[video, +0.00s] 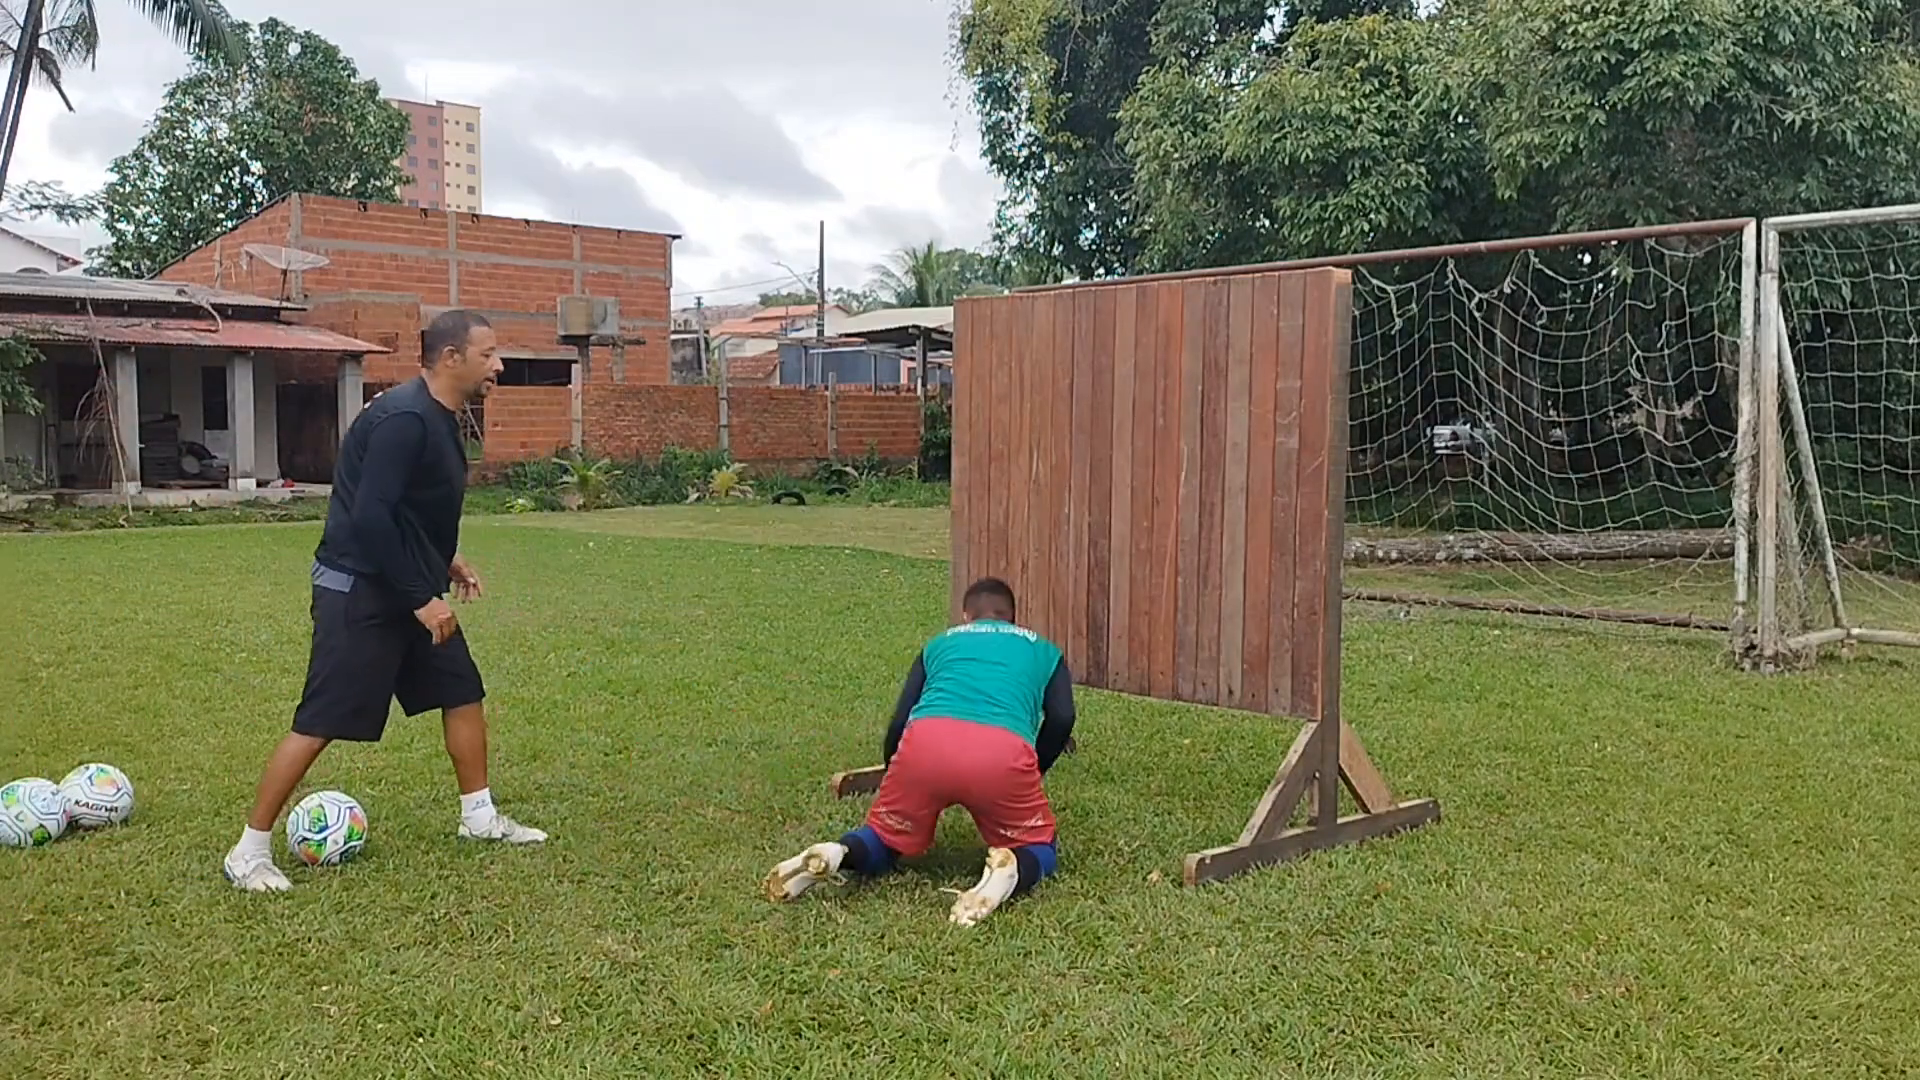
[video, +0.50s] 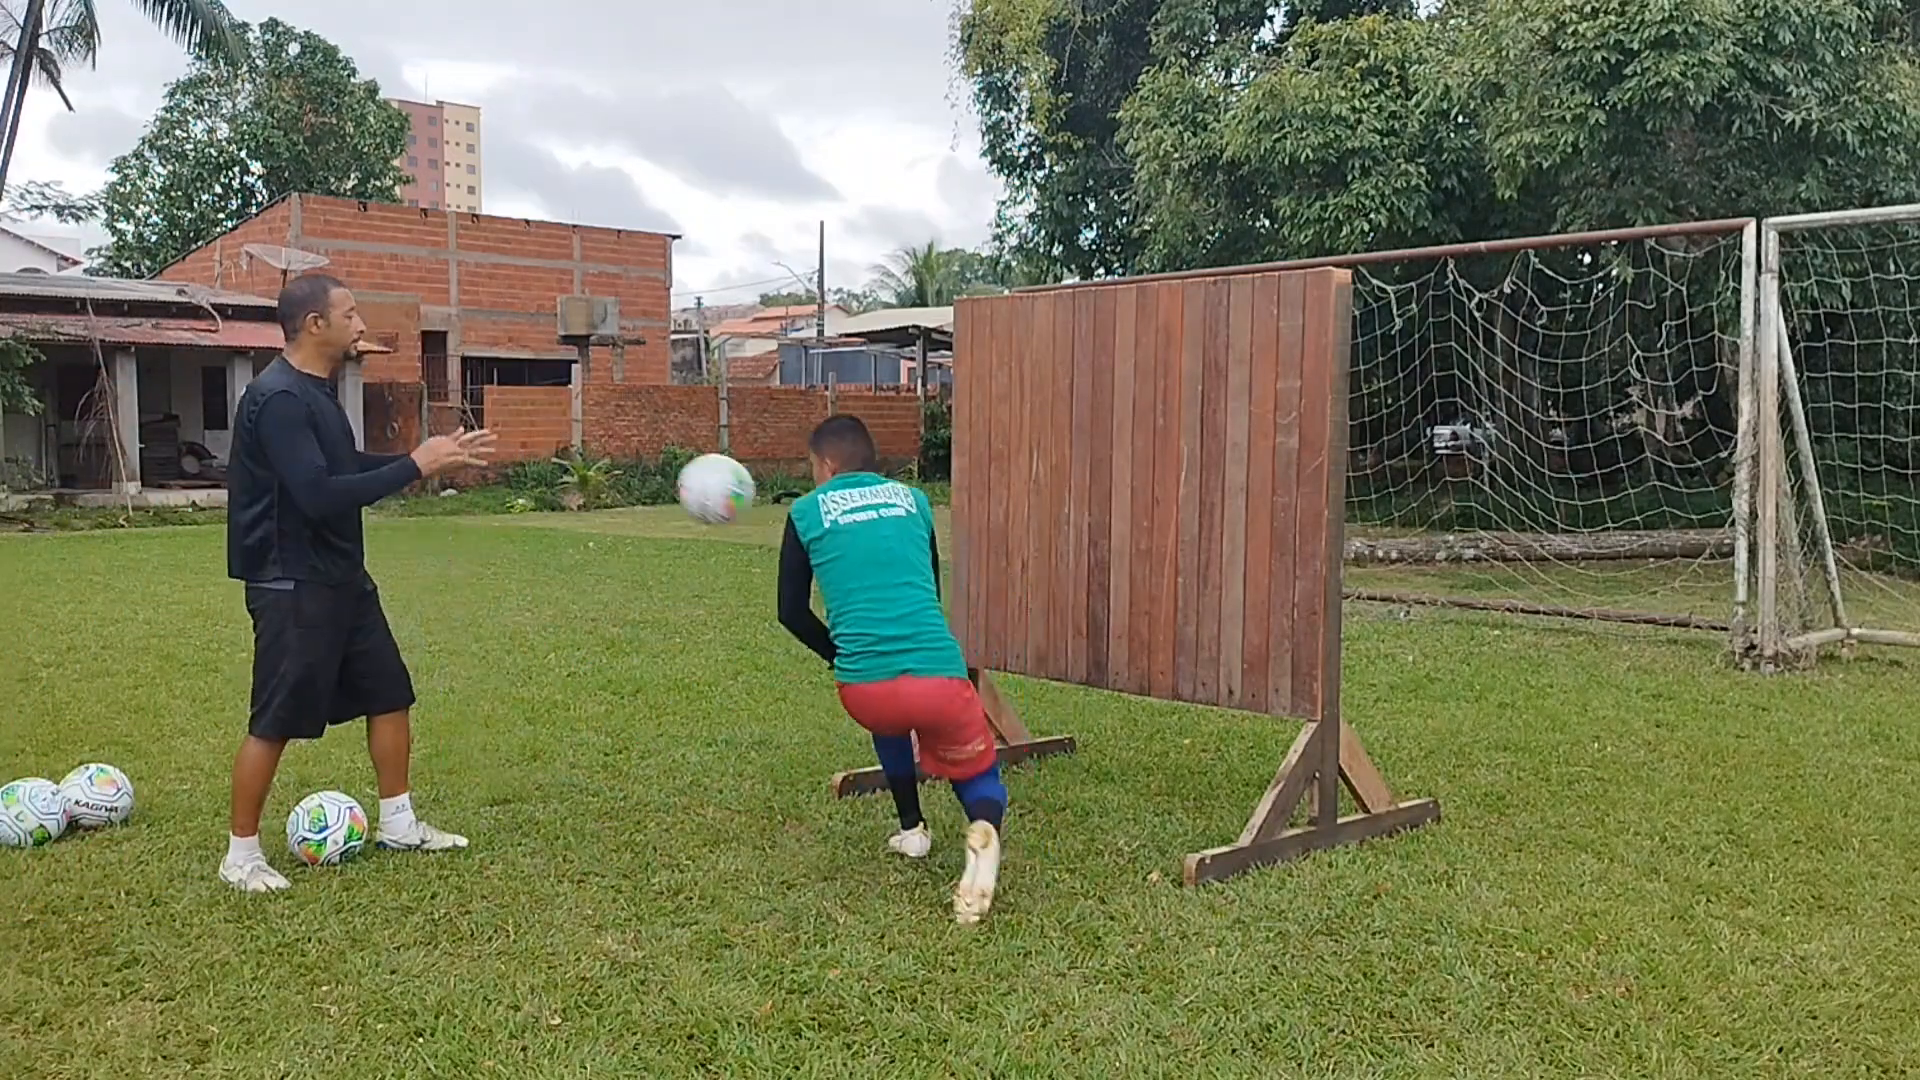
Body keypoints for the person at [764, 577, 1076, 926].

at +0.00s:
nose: (966, 622)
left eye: (965, 617)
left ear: (965, 616)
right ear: (1014, 617)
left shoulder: (939, 643)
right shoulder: (1045, 650)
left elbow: (900, 721)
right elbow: (1062, 720)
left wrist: (893, 772)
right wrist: (1027, 774)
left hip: (925, 739)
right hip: (1001, 751)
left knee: (883, 835)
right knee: (1040, 848)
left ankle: (833, 855)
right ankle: (1011, 870)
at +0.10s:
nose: (943, 578)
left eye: (943, 572)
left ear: (948, 572)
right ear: (996, 571)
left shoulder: (931, 597)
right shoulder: (1037, 609)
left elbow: (877, 640)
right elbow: (1070, 660)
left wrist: (882, 711)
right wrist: (1040, 721)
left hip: (931, 730)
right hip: (1006, 746)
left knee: (862, 786)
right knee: (1041, 847)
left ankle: (832, 844)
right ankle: (1016, 875)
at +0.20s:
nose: (904, 551)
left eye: (904, 544)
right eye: (903, 544)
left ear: (917, 540)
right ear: (960, 539)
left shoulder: (907, 569)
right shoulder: (1008, 582)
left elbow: (843, 617)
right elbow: (1045, 655)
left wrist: (884, 664)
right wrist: (1003, 694)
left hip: (926, 736)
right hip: (1002, 750)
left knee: (863, 704)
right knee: (1040, 848)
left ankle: (858, 831)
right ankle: (1016, 873)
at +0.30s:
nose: (868, 525)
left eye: (868, 517)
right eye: (869, 517)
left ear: (880, 514)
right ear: (924, 512)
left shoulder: (866, 550)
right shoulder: (971, 554)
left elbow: (808, 627)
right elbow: (997, 649)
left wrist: (855, 674)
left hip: (922, 738)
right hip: (995, 739)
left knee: (864, 700)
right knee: (1018, 844)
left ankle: (907, 832)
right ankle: (1027, 874)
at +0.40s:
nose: (836, 507)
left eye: (835, 499)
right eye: (834, 499)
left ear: (851, 497)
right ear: (896, 494)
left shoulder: (836, 536)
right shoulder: (936, 529)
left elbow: (805, 629)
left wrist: (863, 665)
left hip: (904, 722)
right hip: (974, 722)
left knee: (881, 700)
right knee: (985, 827)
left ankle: (910, 830)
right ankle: (1017, 870)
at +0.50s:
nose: (812, 474)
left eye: (811, 467)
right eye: (810, 467)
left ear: (823, 465)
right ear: (873, 462)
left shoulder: (807, 513)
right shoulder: (914, 500)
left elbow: (792, 611)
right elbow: (930, 586)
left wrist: (841, 653)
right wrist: (914, 640)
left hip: (867, 691)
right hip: (940, 682)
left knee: (887, 717)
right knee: (978, 771)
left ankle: (913, 828)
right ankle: (984, 828)